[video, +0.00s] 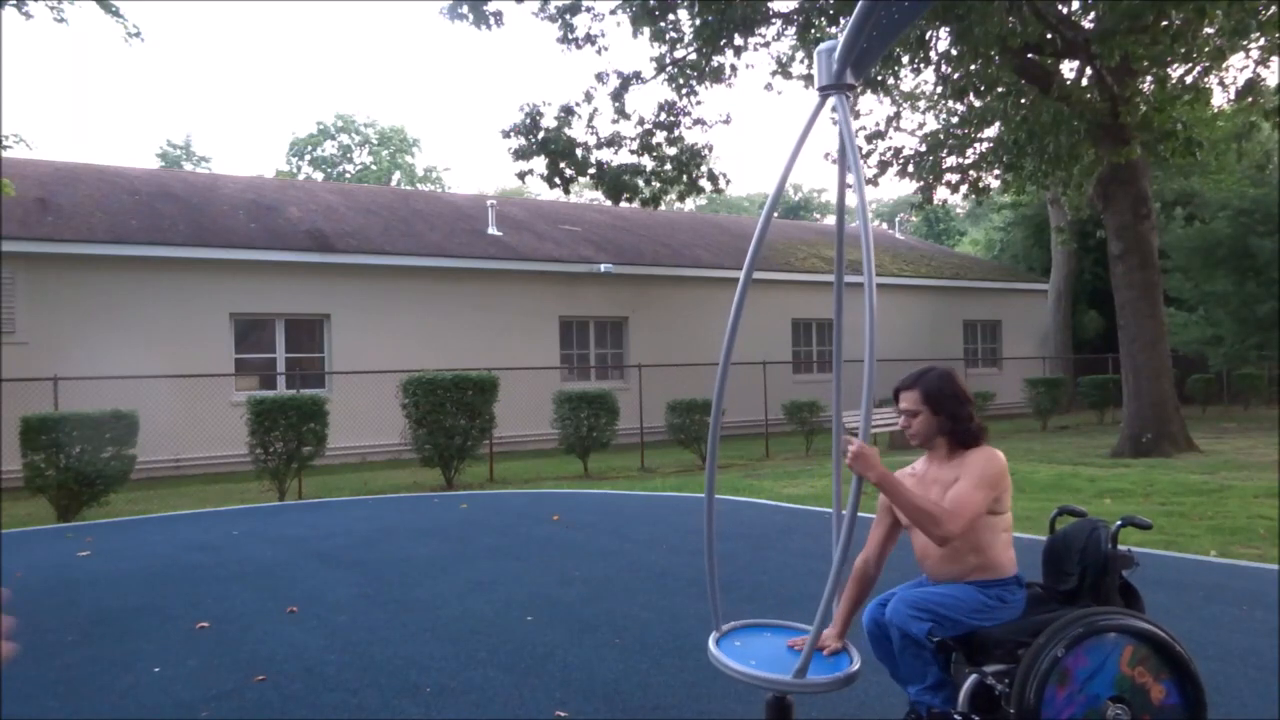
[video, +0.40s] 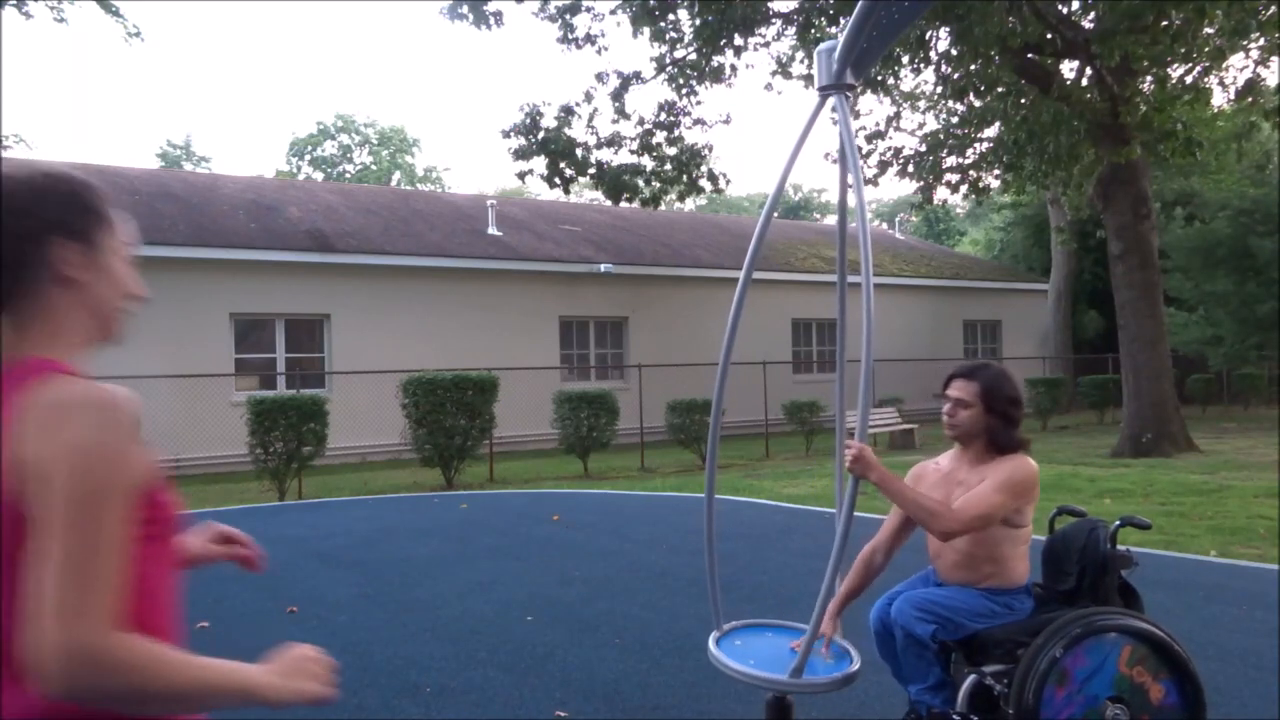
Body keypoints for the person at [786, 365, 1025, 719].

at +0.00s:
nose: (903, 424)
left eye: (912, 415)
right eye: (901, 415)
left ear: (943, 414)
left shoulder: (987, 462)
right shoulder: (901, 478)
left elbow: (946, 527)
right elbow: (869, 562)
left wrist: (880, 474)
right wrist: (837, 630)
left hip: (993, 590)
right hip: (937, 586)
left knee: (903, 613)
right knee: (877, 618)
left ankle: (940, 707)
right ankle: (926, 702)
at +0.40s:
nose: (947, 411)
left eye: (961, 404)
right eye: (946, 401)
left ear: (994, 413)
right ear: (942, 403)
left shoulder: (1018, 470)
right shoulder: (925, 471)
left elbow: (946, 523)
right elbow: (878, 551)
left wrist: (876, 473)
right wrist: (833, 610)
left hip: (997, 595)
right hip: (940, 583)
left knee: (908, 614)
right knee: (882, 617)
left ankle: (937, 706)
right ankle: (923, 701)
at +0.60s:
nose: (968, 410)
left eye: (983, 405)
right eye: (966, 400)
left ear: (1013, 417)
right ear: (961, 402)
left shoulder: (1033, 475)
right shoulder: (936, 468)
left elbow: (952, 520)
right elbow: (905, 547)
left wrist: (877, 473)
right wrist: (868, 609)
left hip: (1000, 599)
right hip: (942, 583)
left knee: (910, 617)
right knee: (888, 616)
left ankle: (936, 706)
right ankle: (923, 700)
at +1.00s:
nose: (985, 415)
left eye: (1000, 410)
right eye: (985, 405)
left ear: (1032, 423)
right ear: (981, 406)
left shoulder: (1051, 479)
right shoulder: (957, 468)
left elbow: (960, 512)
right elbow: (933, 541)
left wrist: (878, 471)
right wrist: (893, 584)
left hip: (1015, 602)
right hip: (959, 581)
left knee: (927, 606)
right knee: (898, 579)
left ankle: (923, 705)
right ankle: (907, 686)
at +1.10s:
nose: (985, 417)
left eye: (1000, 412)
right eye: (986, 407)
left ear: (1033, 424)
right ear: (983, 407)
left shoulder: (1054, 480)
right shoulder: (961, 466)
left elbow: (961, 510)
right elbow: (938, 534)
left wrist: (880, 470)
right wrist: (896, 559)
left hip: (1017, 602)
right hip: (962, 579)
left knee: (929, 610)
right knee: (902, 554)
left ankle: (911, 708)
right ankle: (896, 659)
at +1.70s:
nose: (978, 426)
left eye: (989, 420)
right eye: (978, 416)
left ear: (1023, 423)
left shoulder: (1058, 478)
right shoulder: (965, 465)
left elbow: (964, 503)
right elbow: (933, 506)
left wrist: (882, 467)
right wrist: (906, 512)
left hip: (1021, 603)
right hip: (968, 581)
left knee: (931, 614)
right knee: (929, 510)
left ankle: (929, 712)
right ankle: (896, 606)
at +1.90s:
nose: (978, 428)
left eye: (988, 421)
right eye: (977, 417)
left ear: (1023, 425)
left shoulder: (1057, 479)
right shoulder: (967, 463)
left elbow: (965, 507)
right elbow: (930, 499)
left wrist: (881, 467)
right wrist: (899, 508)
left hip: (1019, 601)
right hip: (965, 575)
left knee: (931, 614)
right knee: (924, 512)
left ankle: (923, 712)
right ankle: (849, 583)